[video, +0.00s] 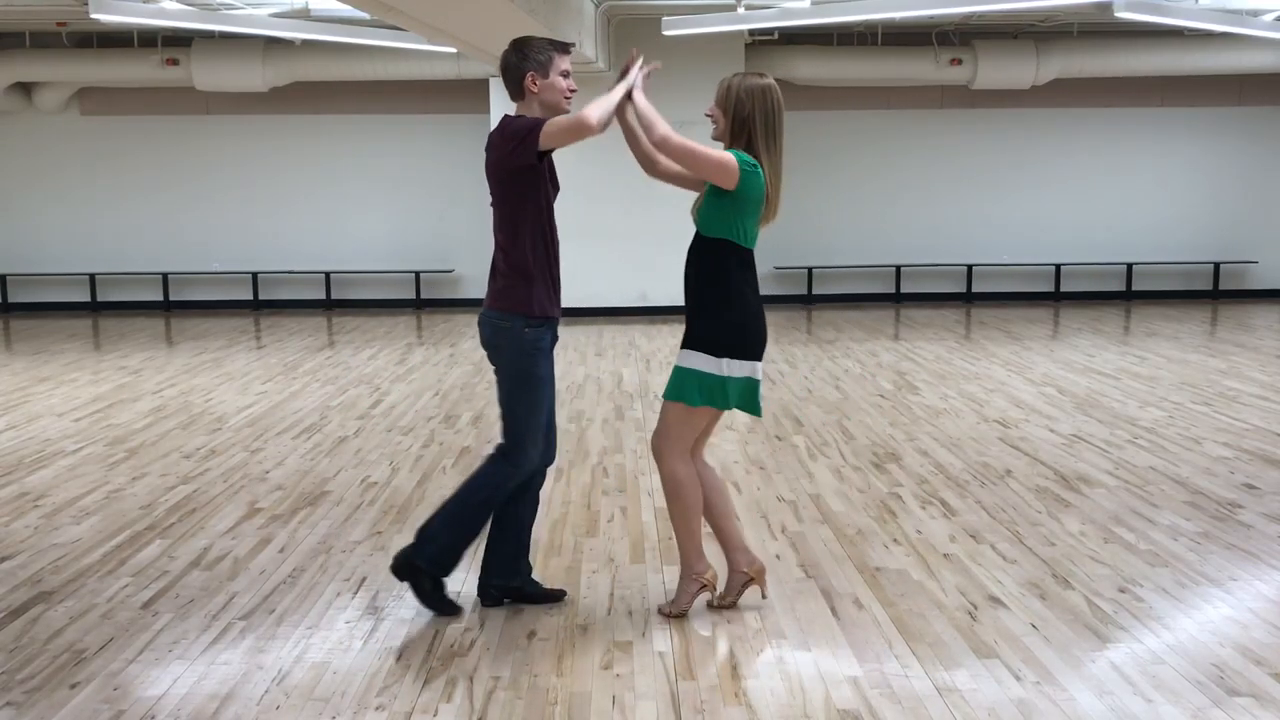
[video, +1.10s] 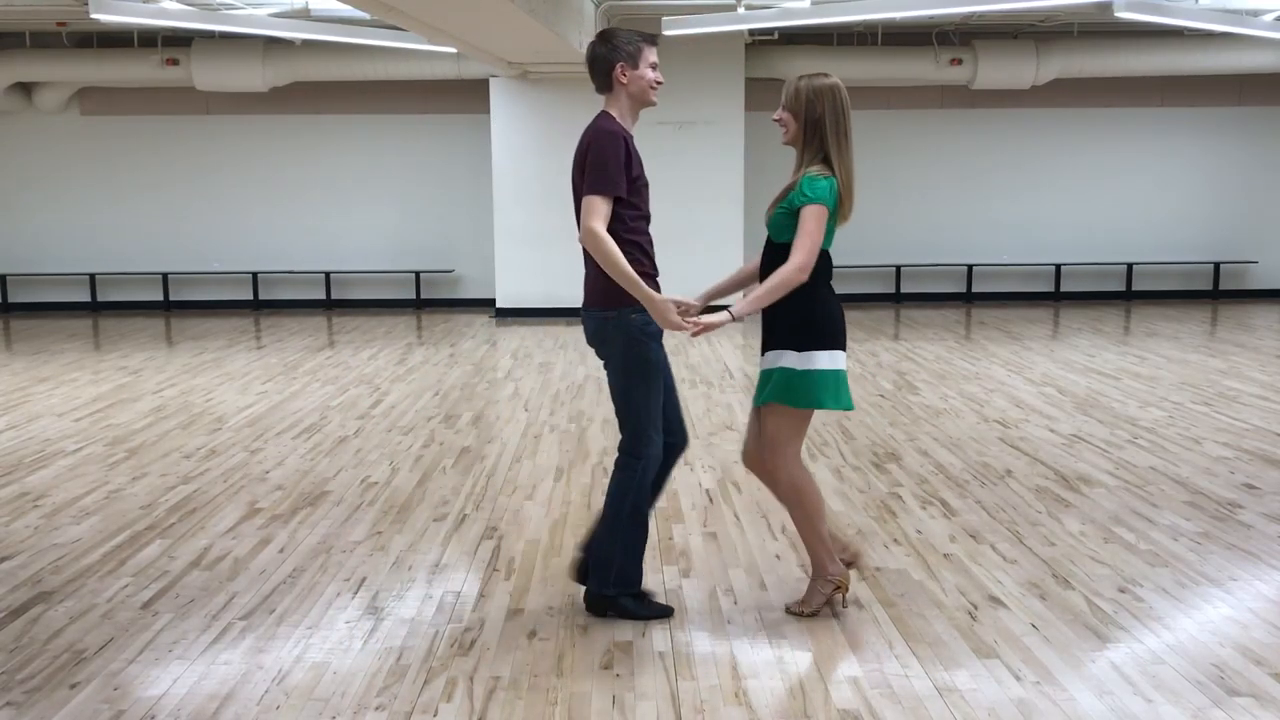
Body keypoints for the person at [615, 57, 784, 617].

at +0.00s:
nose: (711, 110)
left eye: (719, 103)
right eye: (714, 102)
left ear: (739, 113)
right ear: (749, 118)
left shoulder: (742, 170)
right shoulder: (731, 173)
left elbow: (665, 141)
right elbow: (655, 164)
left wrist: (635, 90)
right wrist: (621, 105)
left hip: (720, 330)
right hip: (729, 328)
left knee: (668, 445)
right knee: (689, 451)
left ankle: (693, 569)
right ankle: (742, 560)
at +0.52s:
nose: (723, 118)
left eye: (732, 109)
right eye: (726, 112)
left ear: (753, 117)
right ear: (742, 117)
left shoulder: (756, 168)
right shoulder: (728, 169)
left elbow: (729, 111)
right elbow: (700, 134)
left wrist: (695, 35)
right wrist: (675, 93)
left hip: (728, 336)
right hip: (706, 331)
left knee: (680, 456)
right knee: (689, 454)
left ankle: (746, 555)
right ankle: (719, 558)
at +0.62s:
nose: (732, 117)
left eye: (738, 109)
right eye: (732, 108)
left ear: (758, 114)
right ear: (762, 116)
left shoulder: (768, 169)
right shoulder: (740, 174)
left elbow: (741, 131)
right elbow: (706, 162)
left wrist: (712, 74)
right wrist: (676, 138)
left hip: (736, 338)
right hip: (708, 332)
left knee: (712, 462)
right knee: (691, 443)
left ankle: (794, 554)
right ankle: (722, 557)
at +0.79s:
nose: (743, 110)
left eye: (752, 103)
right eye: (746, 101)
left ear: (776, 112)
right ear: (771, 113)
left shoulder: (785, 165)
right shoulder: (763, 168)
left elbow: (772, 190)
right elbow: (728, 208)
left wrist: (725, 177)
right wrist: (672, 221)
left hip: (765, 326)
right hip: (740, 323)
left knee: (760, 458)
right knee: (710, 439)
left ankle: (825, 567)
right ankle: (722, 556)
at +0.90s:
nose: (755, 112)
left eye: (765, 105)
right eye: (759, 104)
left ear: (788, 115)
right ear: (790, 117)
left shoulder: (794, 176)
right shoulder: (776, 178)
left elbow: (775, 224)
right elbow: (729, 234)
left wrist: (726, 239)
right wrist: (674, 258)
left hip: (784, 338)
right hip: (764, 336)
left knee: (769, 455)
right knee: (722, 439)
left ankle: (828, 569)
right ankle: (731, 558)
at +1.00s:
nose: (766, 115)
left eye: (775, 108)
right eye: (769, 107)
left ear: (798, 118)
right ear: (800, 119)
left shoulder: (805, 181)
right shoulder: (789, 181)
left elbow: (783, 252)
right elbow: (748, 248)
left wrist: (722, 289)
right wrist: (691, 280)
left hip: (797, 333)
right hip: (779, 332)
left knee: (776, 453)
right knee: (736, 444)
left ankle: (828, 570)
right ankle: (778, 559)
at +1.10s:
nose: (777, 116)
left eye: (787, 109)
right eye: (780, 107)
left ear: (809, 118)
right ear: (811, 119)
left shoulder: (817, 183)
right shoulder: (801, 183)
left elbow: (800, 267)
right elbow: (762, 266)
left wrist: (735, 313)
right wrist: (705, 297)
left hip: (807, 331)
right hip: (788, 330)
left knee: (780, 454)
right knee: (756, 454)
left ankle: (826, 571)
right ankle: (833, 549)